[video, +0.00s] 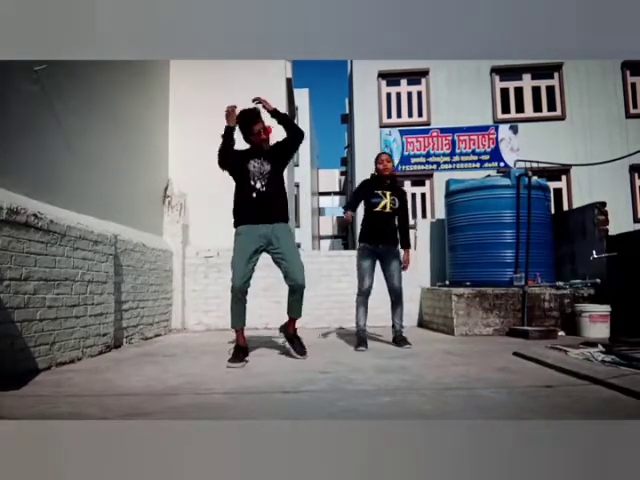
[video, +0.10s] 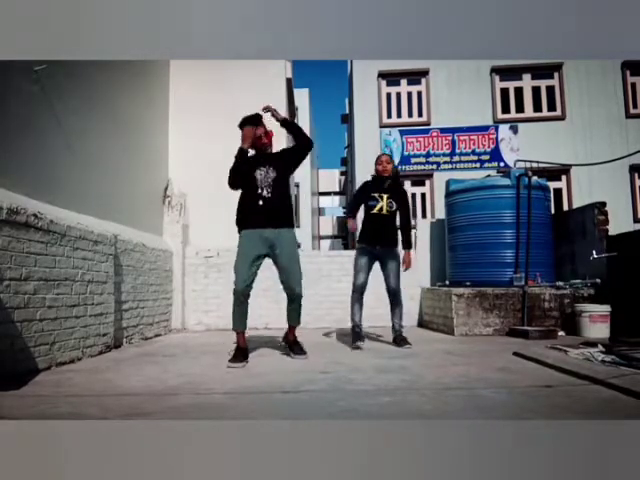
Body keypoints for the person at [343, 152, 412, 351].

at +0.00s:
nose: (384, 165)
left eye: (387, 162)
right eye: (380, 162)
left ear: (393, 165)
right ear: (376, 166)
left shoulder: (399, 191)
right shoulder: (368, 185)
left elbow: (403, 222)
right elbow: (353, 201)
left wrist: (406, 249)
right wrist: (349, 212)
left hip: (390, 245)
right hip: (367, 244)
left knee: (396, 289)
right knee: (364, 289)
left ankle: (398, 333)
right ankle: (361, 335)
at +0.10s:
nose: (383, 166)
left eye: (387, 163)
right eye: (380, 163)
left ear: (393, 166)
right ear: (375, 167)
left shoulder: (399, 190)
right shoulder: (367, 187)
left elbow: (405, 221)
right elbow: (353, 205)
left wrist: (407, 250)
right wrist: (351, 219)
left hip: (389, 246)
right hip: (366, 244)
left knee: (393, 289)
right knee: (358, 286)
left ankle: (398, 332)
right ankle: (356, 330)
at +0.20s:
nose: (377, 164)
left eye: (381, 161)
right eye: (374, 161)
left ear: (388, 164)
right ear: (370, 164)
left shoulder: (395, 187)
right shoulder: (362, 187)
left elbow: (403, 217)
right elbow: (352, 212)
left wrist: (406, 245)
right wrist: (348, 233)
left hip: (387, 244)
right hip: (364, 243)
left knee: (391, 289)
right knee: (355, 286)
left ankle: (398, 332)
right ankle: (352, 329)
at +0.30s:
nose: (368, 165)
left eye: (373, 162)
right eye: (366, 162)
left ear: (381, 166)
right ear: (362, 165)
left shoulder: (387, 188)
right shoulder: (356, 189)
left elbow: (398, 215)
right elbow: (349, 218)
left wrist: (404, 242)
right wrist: (346, 245)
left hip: (383, 245)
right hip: (360, 246)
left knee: (390, 289)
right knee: (353, 291)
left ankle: (398, 333)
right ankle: (349, 334)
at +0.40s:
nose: (361, 166)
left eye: (365, 162)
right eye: (358, 162)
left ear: (372, 166)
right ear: (354, 166)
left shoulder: (380, 187)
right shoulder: (348, 189)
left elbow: (392, 214)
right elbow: (345, 218)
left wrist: (400, 239)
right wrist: (345, 244)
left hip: (380, 245)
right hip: (356, 246)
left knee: (388, 290)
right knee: (352, 292)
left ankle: (397, 333)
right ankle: (350, 335)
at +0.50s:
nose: (358, 165)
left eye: (362, 161)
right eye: (355, 162)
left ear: (368, 164)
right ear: (350, 165)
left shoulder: (376, 184)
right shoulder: (345, 188)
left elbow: (388, 211)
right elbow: (342, 217)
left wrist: (396, 237)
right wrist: (346, 244)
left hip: (378, 244)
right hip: (355, 245)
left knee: (389, 288)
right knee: (353, 292)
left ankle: (397, 332)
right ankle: (350, 335)